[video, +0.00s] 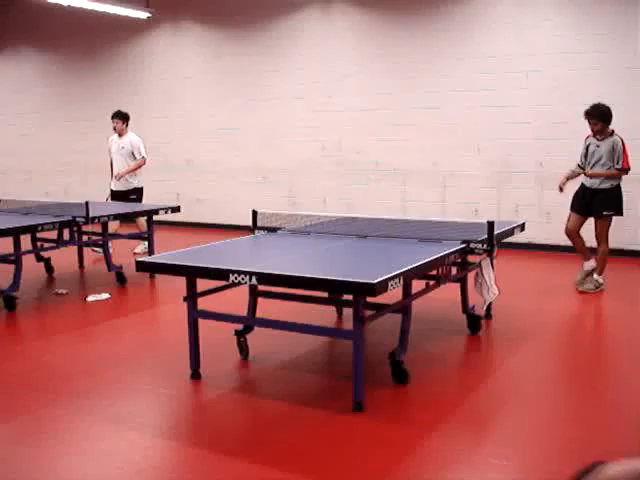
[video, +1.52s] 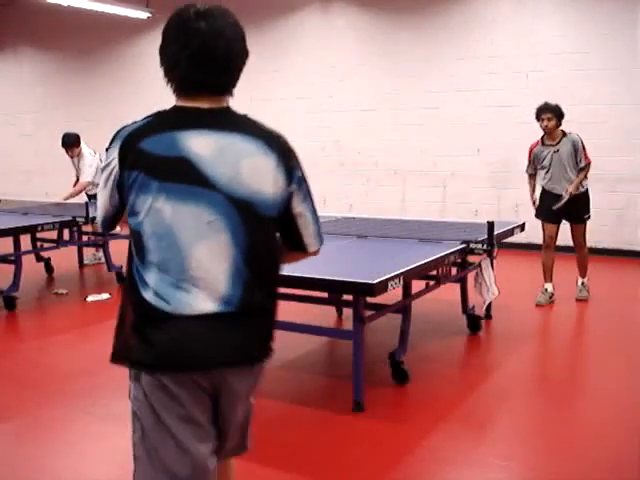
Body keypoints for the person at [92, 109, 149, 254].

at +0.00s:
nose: (114, 126)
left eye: (117, 123)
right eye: (113, 123)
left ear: (125, 124)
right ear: (113, 124)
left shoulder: (134, 140)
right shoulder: (112, 140)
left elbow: (142, 160)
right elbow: (112, 161)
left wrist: (124, 172)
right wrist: (112, 180)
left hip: (133, 186)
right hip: (116, 186)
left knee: (137, 216)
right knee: (114, 218)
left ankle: (146, 240)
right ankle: (105, 242)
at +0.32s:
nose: (97, 126)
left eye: (99, 123)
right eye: (96, 123)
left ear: (108, 122)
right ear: (95, 124)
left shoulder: (119, 138)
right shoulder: (95, 142)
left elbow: (134, 155)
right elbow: (95, 163)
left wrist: (125, 175)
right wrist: (96, 180)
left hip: (117, 186)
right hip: (101, 186)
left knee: (124, 215)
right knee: (104, 219)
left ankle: (142, 237)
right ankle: (104, 245)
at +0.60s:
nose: (88, 128)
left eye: (90, 125)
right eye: (86, 125)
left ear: (99, 123)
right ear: (86, 126)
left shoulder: (111, 139)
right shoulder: (86, 142)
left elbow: (123, 158)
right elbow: (82, 162)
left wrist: (113, 177)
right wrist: (72, 180)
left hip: (108, 187)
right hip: (93, 189)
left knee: (112, 217)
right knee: (99, 220)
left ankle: (126, 242)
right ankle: (102, 245)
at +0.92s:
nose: (78, 136)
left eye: (80, 132)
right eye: (76, 133)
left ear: (88, 129)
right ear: (75, 132)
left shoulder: (100, 145)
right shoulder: (78, 145)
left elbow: (107, 168)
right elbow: (76, 164)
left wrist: (93, 183)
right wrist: (70, 182)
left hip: (101, 187)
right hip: (88, 187)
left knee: (97, 222)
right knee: (93, 222)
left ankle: (100, 250)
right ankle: (99, 249)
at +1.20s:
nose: (71, 146)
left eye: (74, 143)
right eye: (69, 143)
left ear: (80, 139)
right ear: (66, 142)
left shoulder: (91, 151)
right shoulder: (76, 150)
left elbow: (94, 176)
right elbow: (80, 172)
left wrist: (84, 192)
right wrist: (83, 188)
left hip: (100, 190)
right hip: (89, 190)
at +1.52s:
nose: (70, 153)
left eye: (72, 150)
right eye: (67, 151)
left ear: (79, 146)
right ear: (65, 149)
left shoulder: (87, 157)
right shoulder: (74, 156)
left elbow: (84, 183)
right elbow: (78, 173)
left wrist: (65, 198)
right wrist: (74, 187)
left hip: (99, 192)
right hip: (90, 193)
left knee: (98, 223)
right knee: (95, 223)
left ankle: (100, 252)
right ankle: (98, 251)